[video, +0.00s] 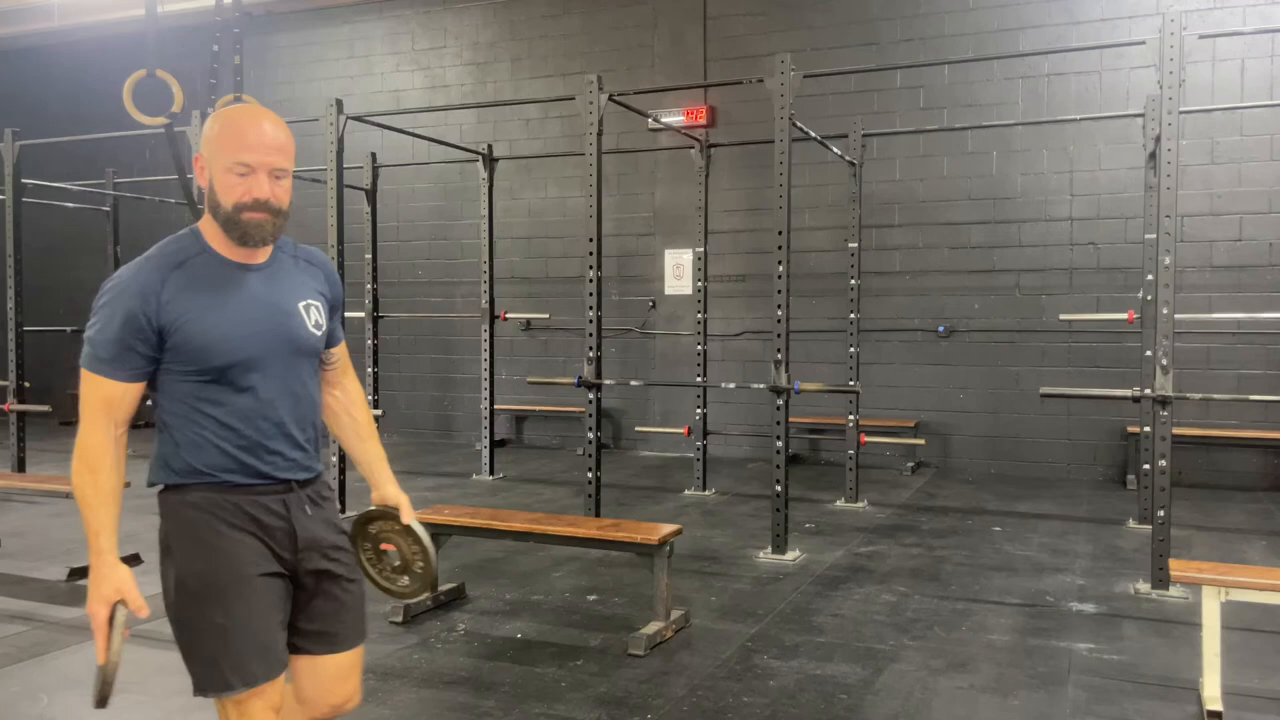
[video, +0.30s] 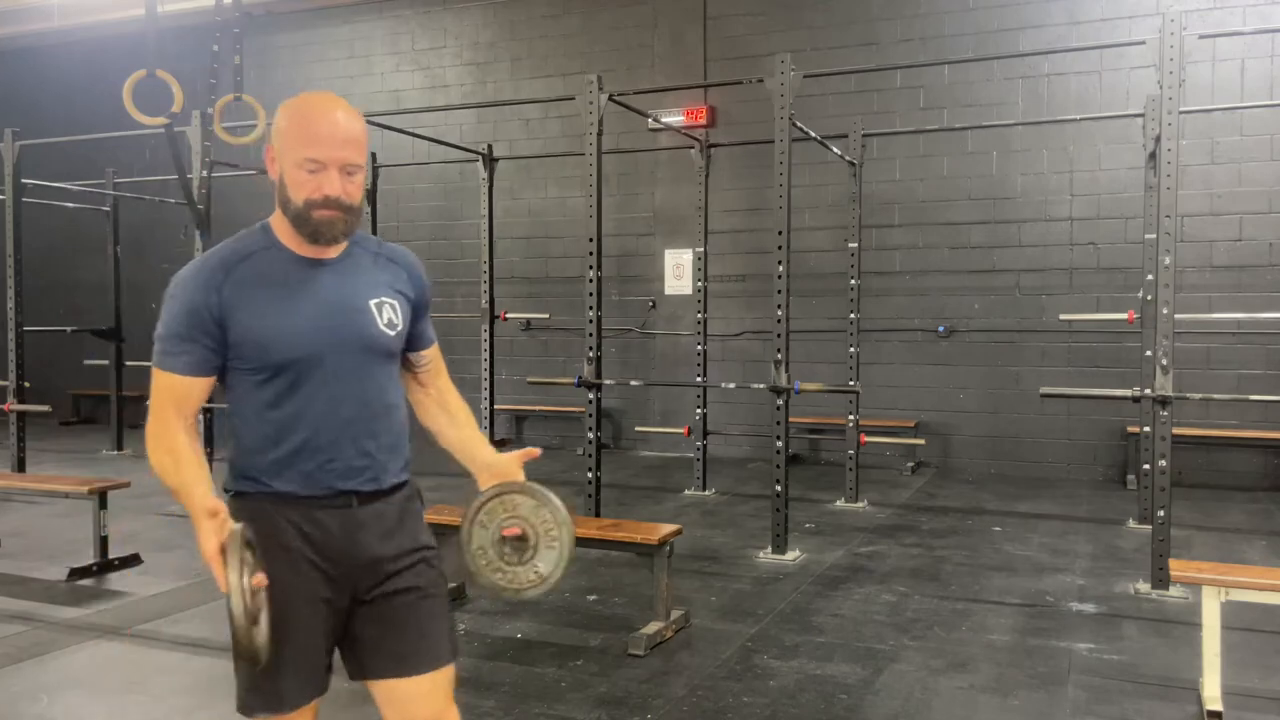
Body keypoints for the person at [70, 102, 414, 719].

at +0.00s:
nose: (263, 193)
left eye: (278, 175)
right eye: (243, 173)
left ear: (294, 179)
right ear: (201, 172)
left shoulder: (315, 274)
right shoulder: (142, 289)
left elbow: (337, 383)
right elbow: (102, 428)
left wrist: (384, 482)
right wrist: (104, 558)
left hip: (313, 511)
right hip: (214, 520)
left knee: (333, 696)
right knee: (258, 706)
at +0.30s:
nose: (334, 190)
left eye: (350, 170)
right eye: (313, 168)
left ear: (367, 172)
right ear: (272, 163)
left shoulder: (396, 272)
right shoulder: (210, 285)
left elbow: (429, 383)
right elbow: (167, 424)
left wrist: (485, 462)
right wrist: (207, 510)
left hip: (393, 527)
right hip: (279, 536)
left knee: (429, 710)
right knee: (286, 711)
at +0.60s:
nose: (440, 184)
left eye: (465, 169)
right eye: (426, 160)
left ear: (494, 177)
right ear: (401, 154)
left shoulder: (523, 283)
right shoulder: (322, 281)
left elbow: (555, 400)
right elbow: (273, 420)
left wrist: (607, 413)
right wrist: (302, 446)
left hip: (507, 546)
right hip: (383, 552)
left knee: (532, 709)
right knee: (384, 712)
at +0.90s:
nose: (546, 173)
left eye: (564, 152)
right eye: (524, 148)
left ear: (579, 155)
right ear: (475, 143)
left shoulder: (608, 277)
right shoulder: (392, 274)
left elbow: (648, 420)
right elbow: (360, 440)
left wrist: (719, 378)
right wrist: (339, 402)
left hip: (582, 561)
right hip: (455, 566)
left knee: (590, 710)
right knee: (468, 710)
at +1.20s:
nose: (573, 155)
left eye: (578, 129)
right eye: (542, 137)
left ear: (588, 120)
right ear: (472, 145)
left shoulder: (634, 259)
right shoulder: (404, 291)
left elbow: (700, 405)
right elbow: (388, 480)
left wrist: (789, 363)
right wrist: (354, 433)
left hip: (650, 586)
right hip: (512, 597)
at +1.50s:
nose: (586, 139)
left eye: (600, 106)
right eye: (551, 116)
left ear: (616, 93)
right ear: (487, 114)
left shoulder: (689, 238)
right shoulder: (426, 283)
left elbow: (749, 378)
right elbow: (392, 449)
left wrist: (811, 434)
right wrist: (452, 527)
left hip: (705, 604)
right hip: (547, 621)